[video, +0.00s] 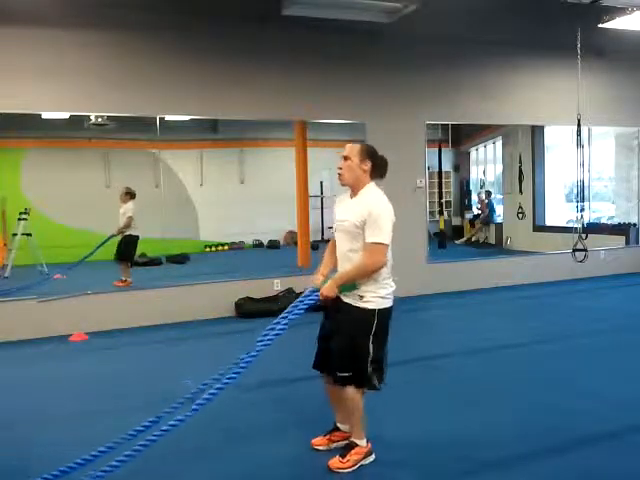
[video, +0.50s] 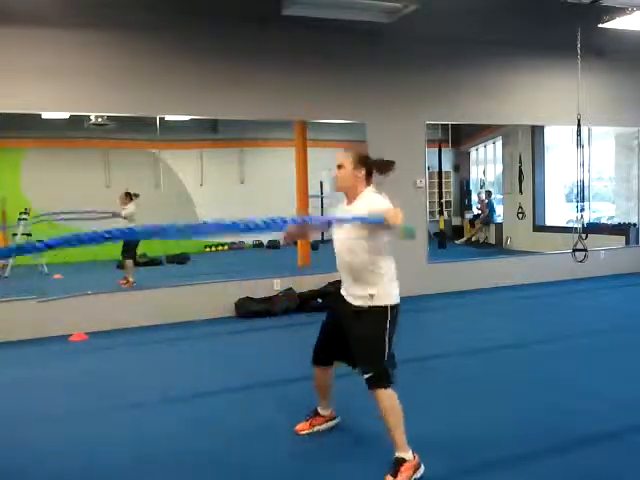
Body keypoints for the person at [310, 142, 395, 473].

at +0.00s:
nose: (339, 164)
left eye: (346, 159)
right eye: (340, 159)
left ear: (366, 166)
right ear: (353, 167)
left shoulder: (378, 204)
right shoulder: (343, 201)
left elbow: (375, 260)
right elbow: (337, 242)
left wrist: (336, 282)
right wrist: (323, 270)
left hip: (368, 303)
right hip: (342, 298)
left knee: (350, 378)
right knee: (329, 370)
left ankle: (361, 444)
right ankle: (344, 429)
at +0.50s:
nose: (335, 173)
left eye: (341, 168)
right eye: (336, 168)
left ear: (361, 174)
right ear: (353, 175)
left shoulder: (376, 202)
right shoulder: (342, 208)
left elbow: (396, 220)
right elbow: (324, 228)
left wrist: (385, 218)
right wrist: (303, 232)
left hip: (379, 302)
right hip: (348, 298)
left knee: (377, 379)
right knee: (322, 358)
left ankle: (406, 457)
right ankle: (325, 413)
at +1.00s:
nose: (329, 174)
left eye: (337, 169)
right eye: (331, 169)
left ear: (355, 178)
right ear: (347, 179)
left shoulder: (361, 216)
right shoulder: (331, 212)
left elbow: (336, 265)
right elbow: (307, 241)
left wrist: (294, 282)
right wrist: (300, 249)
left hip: (343, 309)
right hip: (320, 302)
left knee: (308, 382)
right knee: (292, 377)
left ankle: (313, 451)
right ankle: (305, 441)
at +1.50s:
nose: (305, 180)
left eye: (311, 176)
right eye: (306, 175)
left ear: (331, 184)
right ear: (320, 185)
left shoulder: (345, 214)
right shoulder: (313, 215)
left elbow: (362, 242)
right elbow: (302, 236)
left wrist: (349, 249)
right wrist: (270, 235)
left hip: (342, 312)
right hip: (313, 306)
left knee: (336, 386)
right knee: (287, 372)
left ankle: (366, 464)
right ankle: (288, 417)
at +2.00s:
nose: (322, 152)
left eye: (330, 146)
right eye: (323, 146)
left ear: (350, 156)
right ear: (327, 156)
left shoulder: (357, 190)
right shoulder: (320, 192)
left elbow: (358, 226)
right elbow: (296, 220)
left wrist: (313, 236)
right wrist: (263, 224)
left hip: (335, 296)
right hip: (306, 290)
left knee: (321, 370)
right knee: (295, 363)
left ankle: (316, 441)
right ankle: (295, 429)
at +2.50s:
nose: (321, 155)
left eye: (327, 148)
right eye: (322, 149)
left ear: (347, 154)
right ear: (332, 156)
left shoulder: (357, 188)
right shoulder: (321, 189)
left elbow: (365, 216)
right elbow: (307, 226)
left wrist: (322, 215)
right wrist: (273, 222)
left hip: (339, 289)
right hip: (311, 284)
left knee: (335, 367)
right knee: (298, 355)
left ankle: (350, 443)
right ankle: (296, 403)